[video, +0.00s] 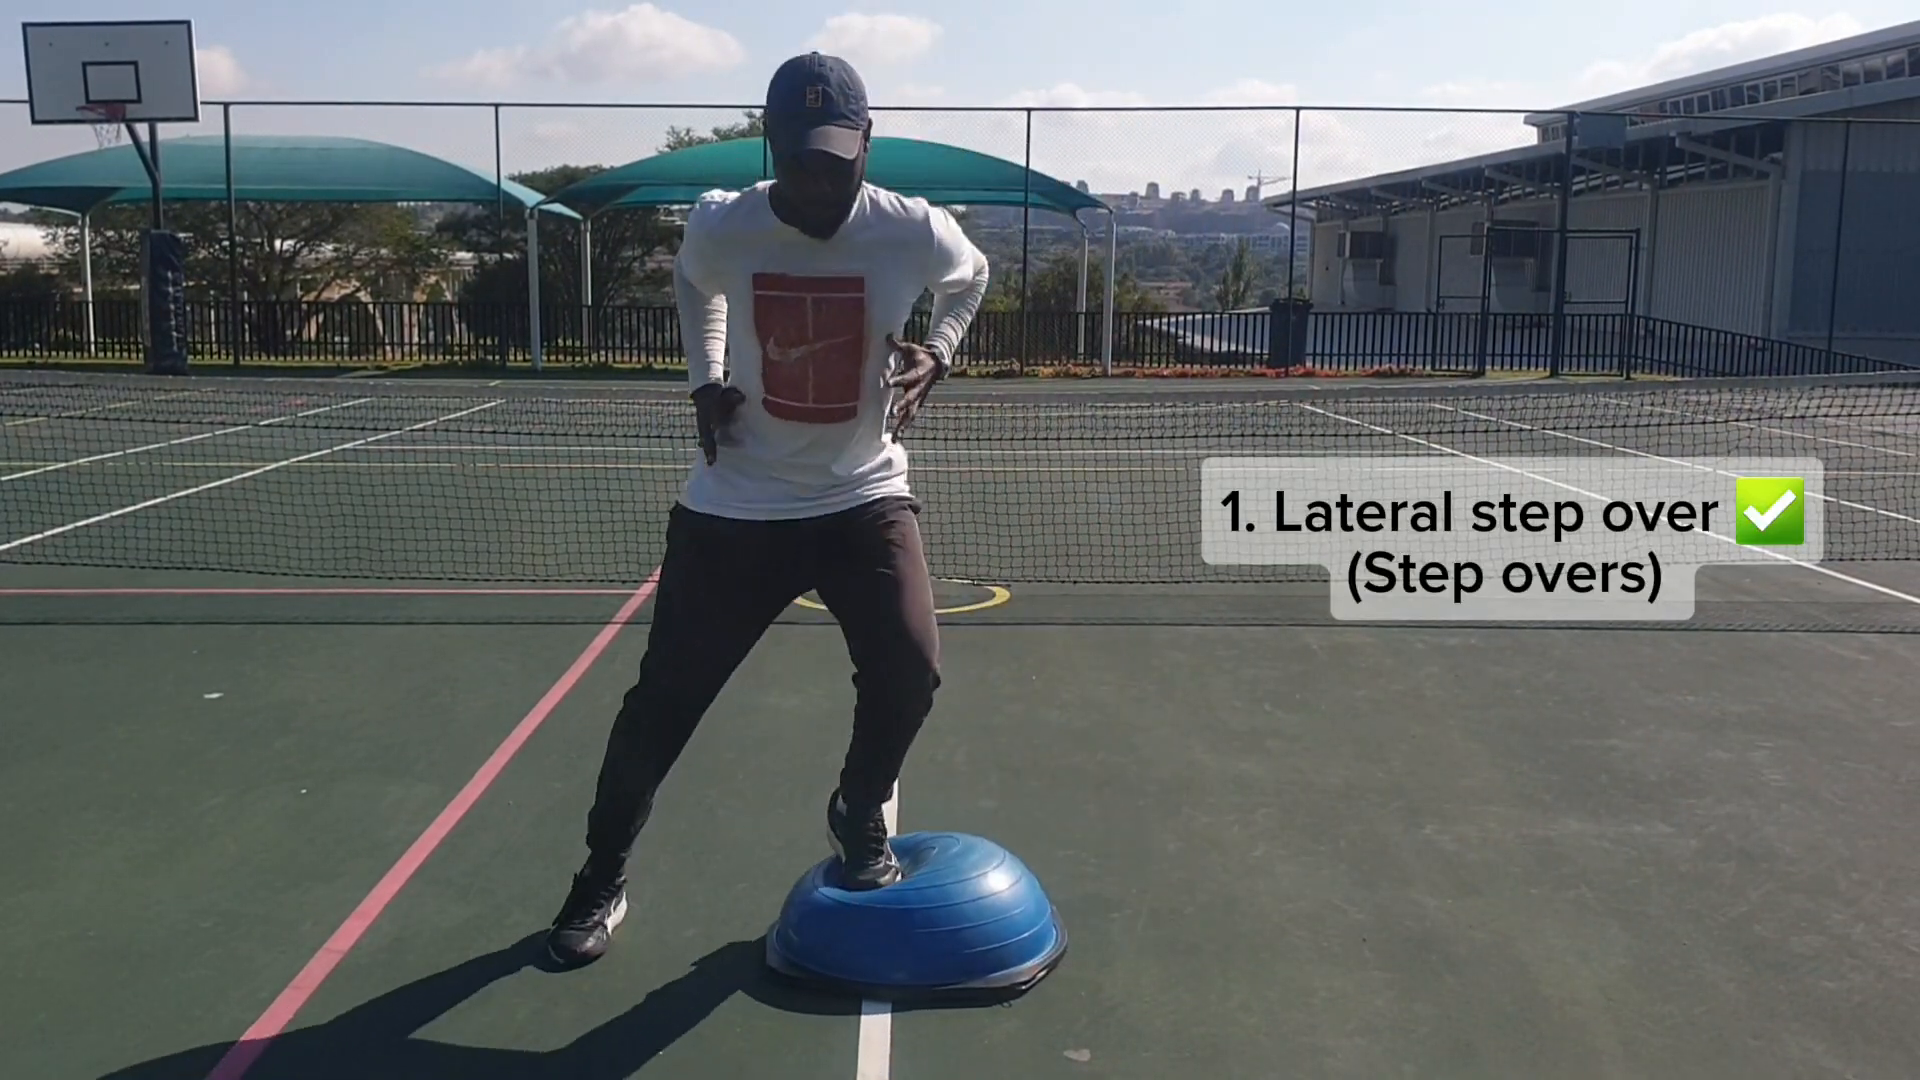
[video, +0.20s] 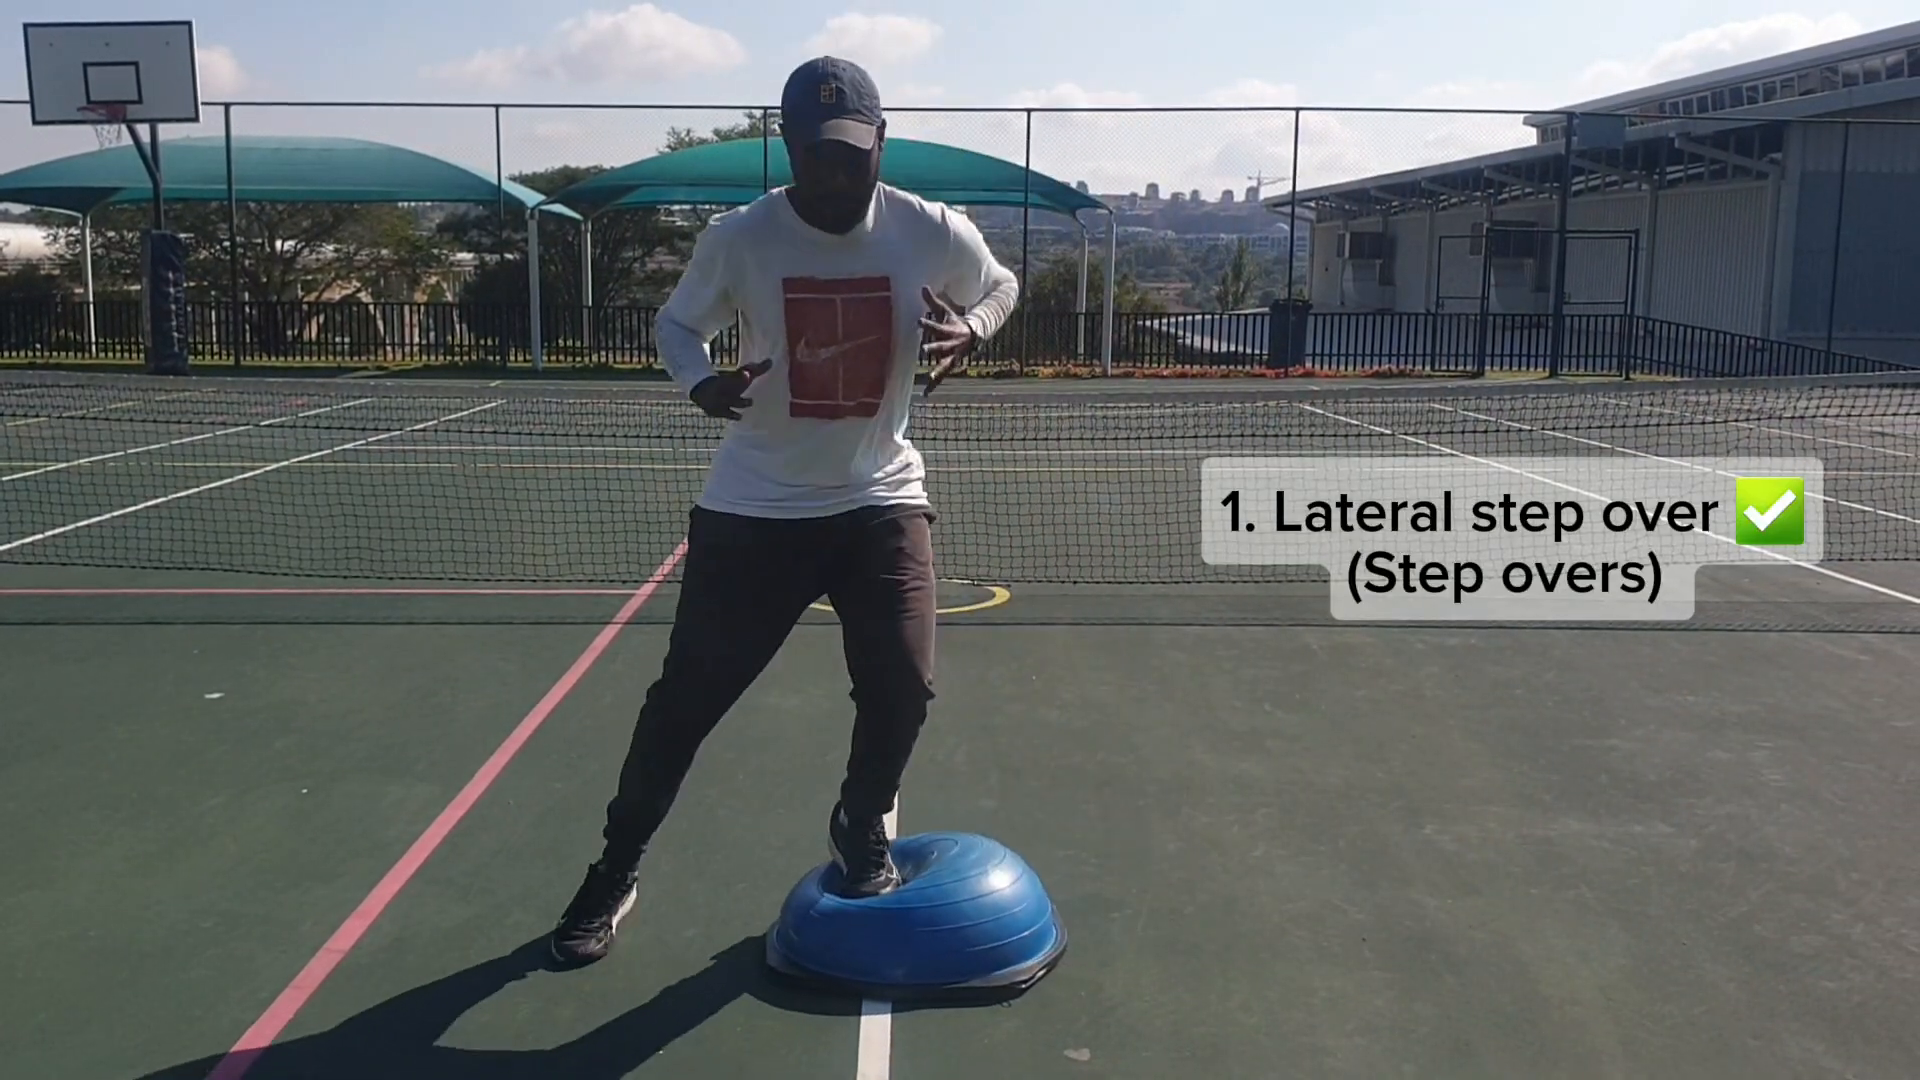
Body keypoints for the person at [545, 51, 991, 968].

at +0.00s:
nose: (826, 176)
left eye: (842, 157)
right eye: (806, 158)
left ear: (867, 146)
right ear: (771, 149)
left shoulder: (915, 232)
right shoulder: (718, 233)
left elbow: (969, 275)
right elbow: (700, 285)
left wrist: (936, 348)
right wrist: (710, 376)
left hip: (864, 495)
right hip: (738, 502)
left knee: (911, 671)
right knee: (664, 699)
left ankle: (862, 809)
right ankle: (601, 878)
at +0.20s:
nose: (846, 170)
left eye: (858, 151)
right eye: (826, 154)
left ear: (882, 141)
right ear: (788, 148)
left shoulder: (932, 233)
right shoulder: (735, 241)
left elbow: (997, 288)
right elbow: (676, 325)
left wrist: (976, 327)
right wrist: (701, 377)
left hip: (881, 498)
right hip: (756, 502)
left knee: (903, 687)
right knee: (686, 695)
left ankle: (864, 826)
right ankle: (612, 874)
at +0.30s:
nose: (865, 100)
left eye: (883, 80)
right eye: (848, 81)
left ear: (915, 74)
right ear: (825, 73)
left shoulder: (971, 158)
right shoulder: (777, 172)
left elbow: (1034, 199)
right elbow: (694, 246)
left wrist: (1013, 247)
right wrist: (712, 300)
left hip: (926, 442)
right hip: (801, 437)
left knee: (916, 644)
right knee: (750, 635)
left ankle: (868, 805)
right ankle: (730, 790)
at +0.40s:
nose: (902, 78)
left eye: (920, 57)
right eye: (885, 56)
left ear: (952, 46)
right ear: (859, 45)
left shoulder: (1009, 132)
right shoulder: (808, 141)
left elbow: (1068, 191)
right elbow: (720, 208)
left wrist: (1047, 240)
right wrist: (723, 284)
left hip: (975, 388)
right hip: (853, 385)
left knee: (995, 586)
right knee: (830, 586)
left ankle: (923, 751)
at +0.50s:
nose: (953, 97)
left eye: (968, 79)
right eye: (935, 79)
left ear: (992, 64)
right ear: (900, 60)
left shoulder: (1035, 143)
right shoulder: (841, 152)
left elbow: (1102, 198)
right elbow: (761, 204)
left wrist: (1077, 258)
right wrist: (775, 295)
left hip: (1018, 397)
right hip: (896, 405)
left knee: (1071, 587)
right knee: (900, 611)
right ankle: (933, 771)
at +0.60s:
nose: (988, 151)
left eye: (1003, 131)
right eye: (968, 130)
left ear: (1025, 120)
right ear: (931, 119)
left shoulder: (1071, 201)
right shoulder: (872, 204)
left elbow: (1133, 248)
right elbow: (820, 262)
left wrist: (1102, 315)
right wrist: (852, 348)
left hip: (1061, 465)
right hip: (937, 471)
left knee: (1132, 666)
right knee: (923, 664)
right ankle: (946, 800)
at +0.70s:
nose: (1006, 243)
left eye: (1023, 223)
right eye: (990, 223)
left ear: (1047, 212)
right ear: (959, 212)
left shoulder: (1100, 288)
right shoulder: (910, 302)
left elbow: (1171, 371)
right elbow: (894, 376)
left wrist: (1124, 437)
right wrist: (920, 452)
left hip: (1091, 525)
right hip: (969, 521)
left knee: (1167, 704)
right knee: (915, 669)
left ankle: (1209, 859)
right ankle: (944, 790)